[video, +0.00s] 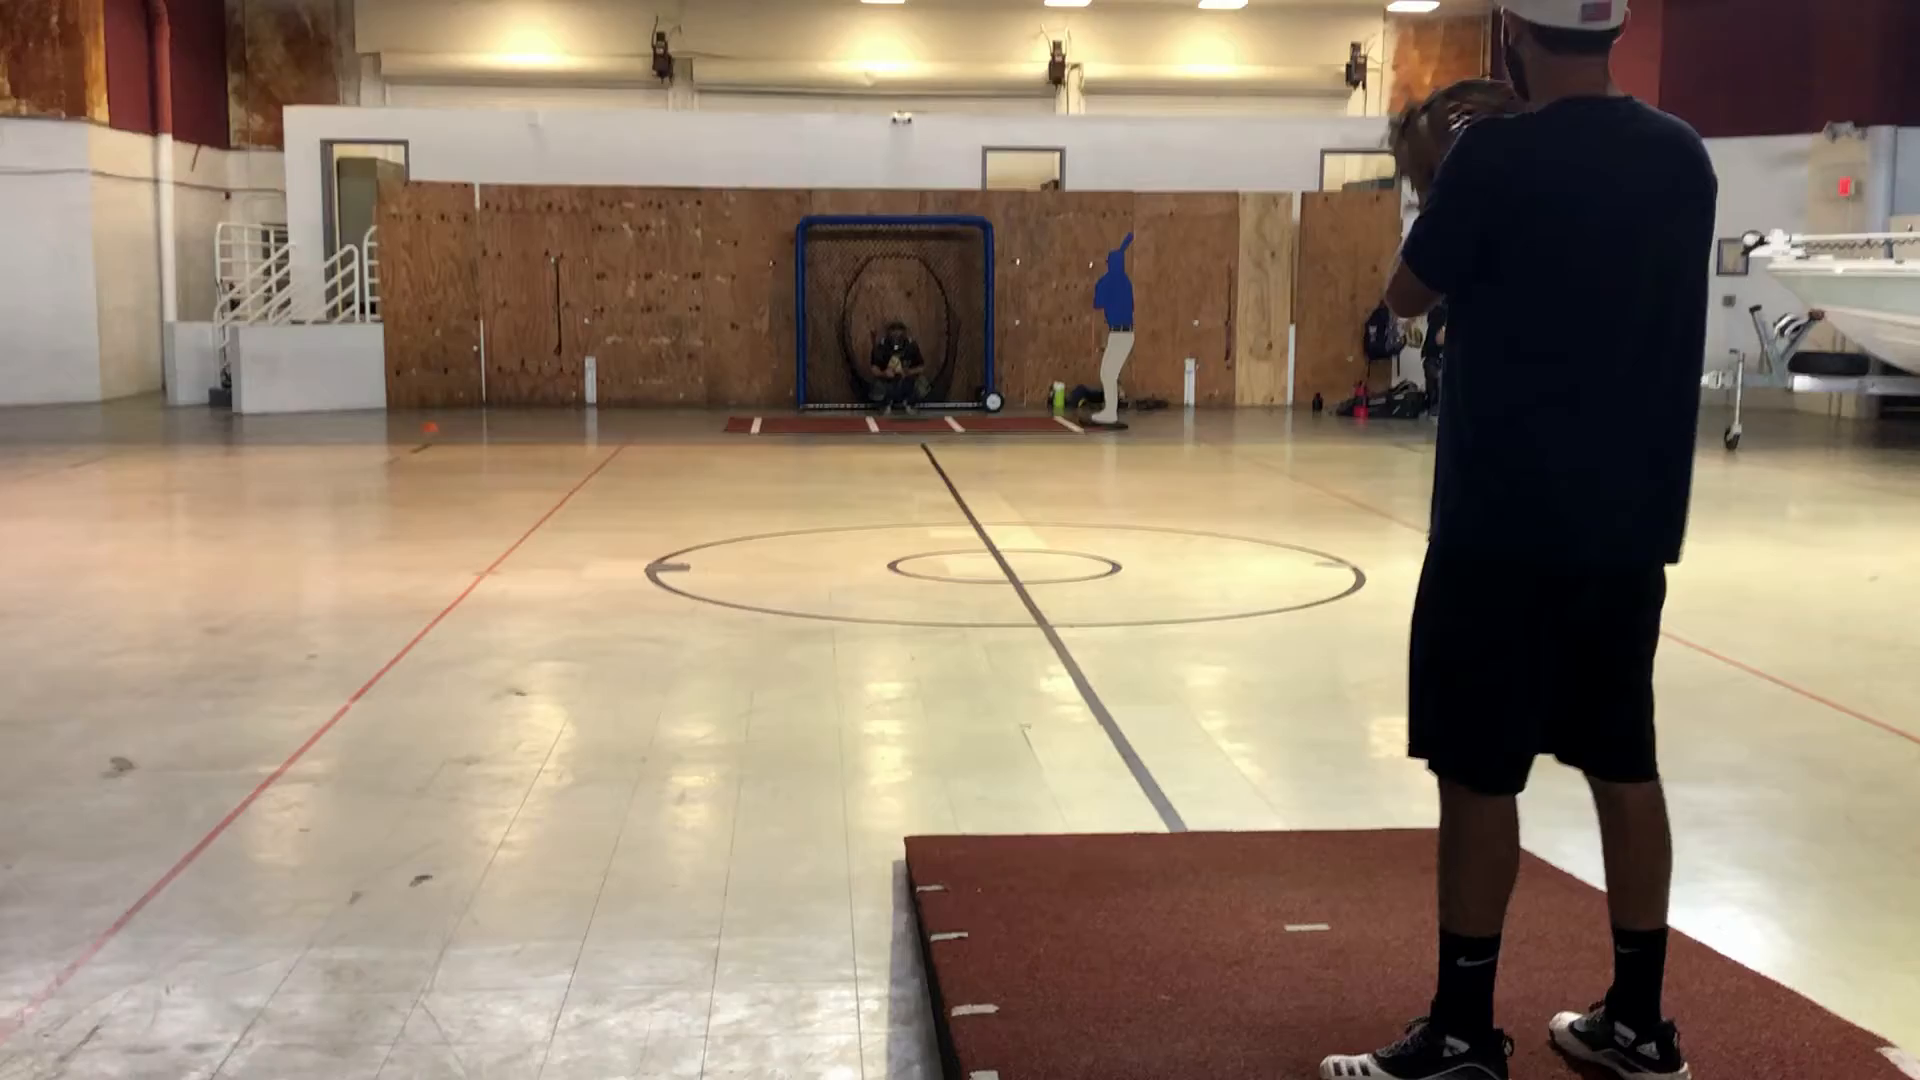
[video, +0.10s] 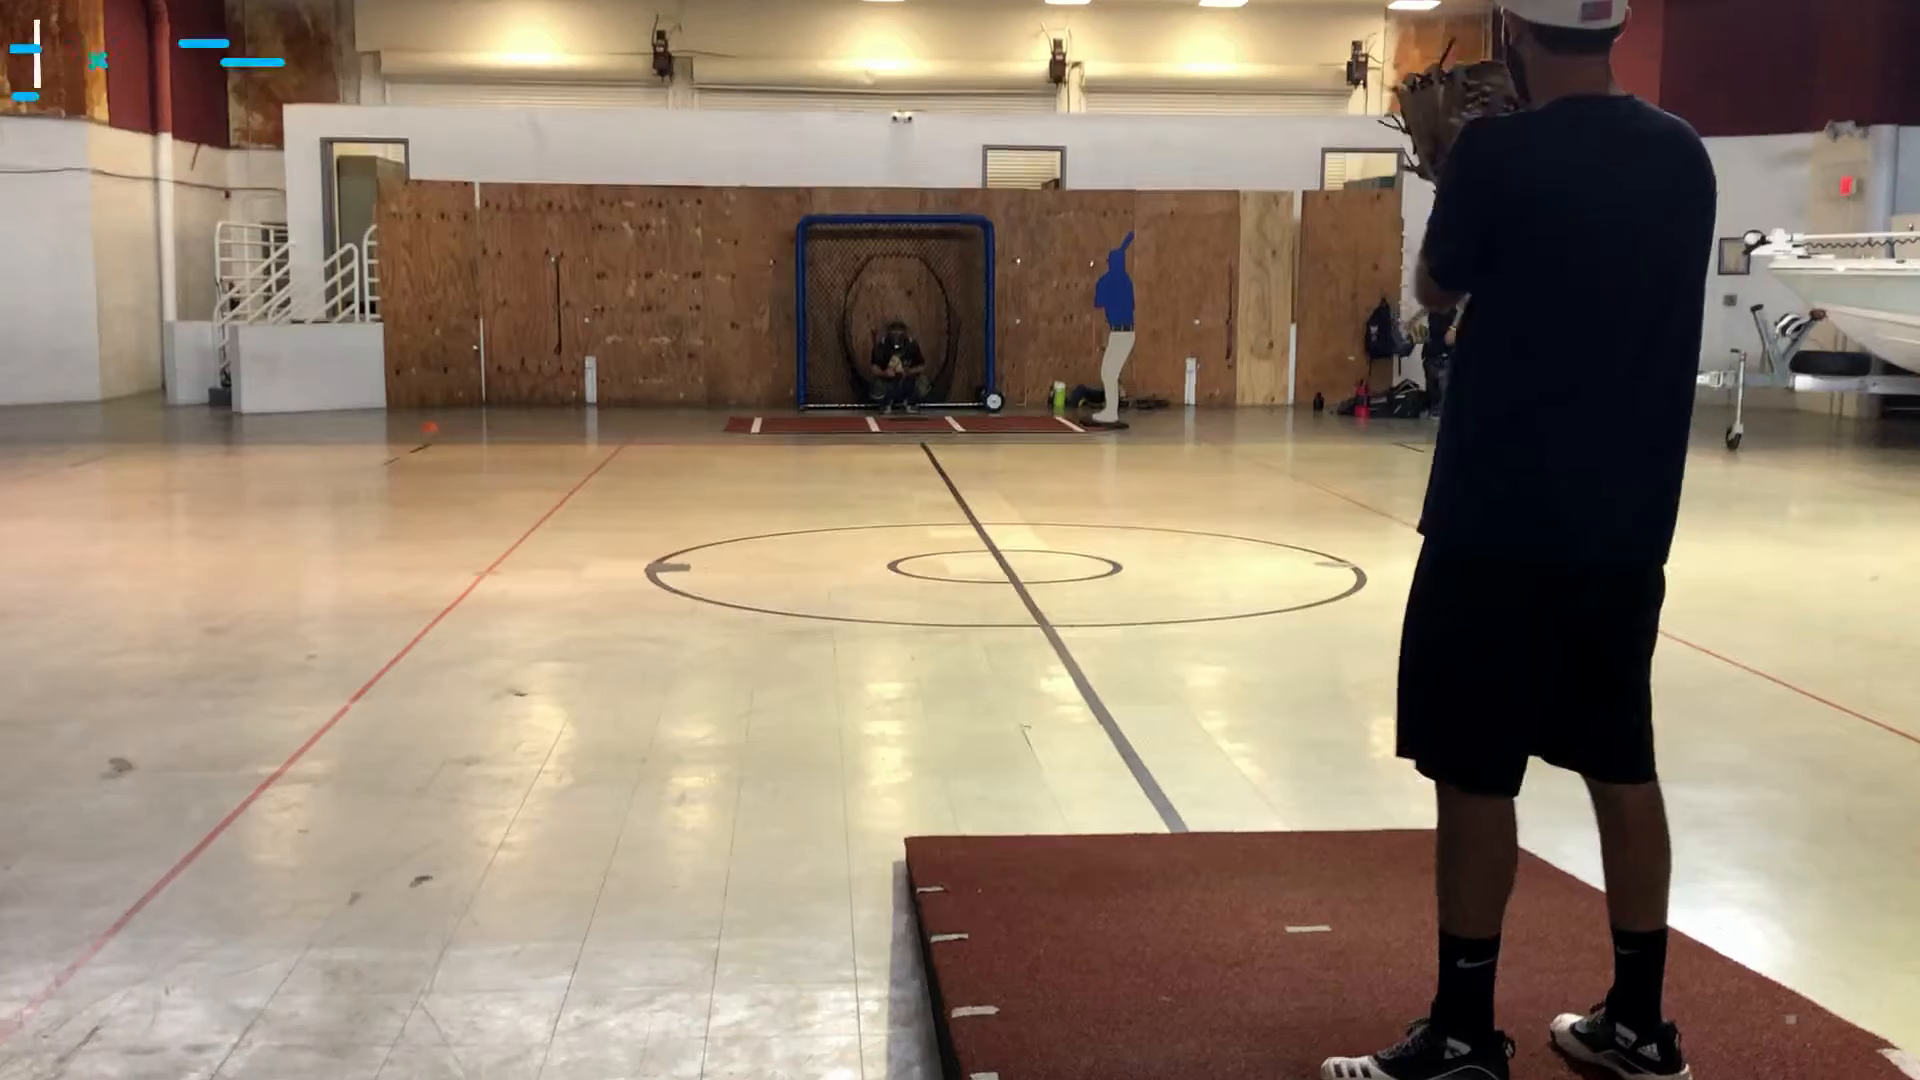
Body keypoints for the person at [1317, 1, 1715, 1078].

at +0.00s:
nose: (1500, 48)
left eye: (1502, 34)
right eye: (1509, 37)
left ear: (1515, 39)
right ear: (1618, 36)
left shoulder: (1493, 153)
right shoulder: (1682, 153)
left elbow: (1410, 293)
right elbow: (1622, 290)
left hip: (1497, 526)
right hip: (1630, 526)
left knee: (1478, 774)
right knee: (1626, 764)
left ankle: (1463, 1030)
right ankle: (1638, 1018)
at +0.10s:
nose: (1500, 45)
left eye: (1503, 32)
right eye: (1508, 32)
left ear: (1516, 38)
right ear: (1620, 34)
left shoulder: (1492, 149)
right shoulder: (1682, 152)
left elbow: (1435, 292)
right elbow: (1638, 293)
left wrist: (1478, 166)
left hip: (1495, 521)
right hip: (1628, 524)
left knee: (1475, 769)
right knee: (1623, 762)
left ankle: (1464, 1031)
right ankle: (1638, 1019)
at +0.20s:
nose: (1496, 49)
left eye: (1500, 35)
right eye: (1506, 35)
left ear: (1514, 40)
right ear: (1616, 36)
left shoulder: (1488, 151)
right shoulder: (1681, 152)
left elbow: (1444, 299)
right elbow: (1645, 300)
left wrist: (1471, 166)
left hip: (1496, 519)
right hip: (1626, 522)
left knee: (1470, 767)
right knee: (1621, 762)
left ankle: (1462, 1030)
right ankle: (1638, 1017)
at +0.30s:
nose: (1497, 46)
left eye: (1500, 31)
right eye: (1509, 32)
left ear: (1511, 38)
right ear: (1614, 34)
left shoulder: (1485, 150)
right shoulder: (1678, 153)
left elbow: (1439, 299)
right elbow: (1651, 302)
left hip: (1494, 517)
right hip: (1623, 521)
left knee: (1465, 764)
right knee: (1620, 762)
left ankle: (1460, 1030)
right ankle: (1638, 1018)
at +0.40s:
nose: (1495, 49)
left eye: (1498, 35)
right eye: (1506, 35)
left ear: (1510, 40)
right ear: (1611, 37)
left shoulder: (1484, 145)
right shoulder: (1675, 151)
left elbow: (1438, 293)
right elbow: (1640, 296)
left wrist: (1455, 165)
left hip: (1493, 521)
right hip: (1625, 523)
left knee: (1464, 769)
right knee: (1621, 767)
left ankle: (1461, 1032)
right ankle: (1640, 1021)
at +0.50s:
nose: (1491, 48)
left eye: (1494, 34)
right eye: (1504, 34)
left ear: (1504, 39)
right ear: (1605, 36)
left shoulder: (1477, 143)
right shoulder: (1667, 148)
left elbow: (1428, 299)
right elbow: (1634, 297)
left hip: (1494, 521)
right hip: (1624, 519)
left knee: (1459, 764)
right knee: (1620, 765)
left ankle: (1461, 1032)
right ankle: (1640, 1020)